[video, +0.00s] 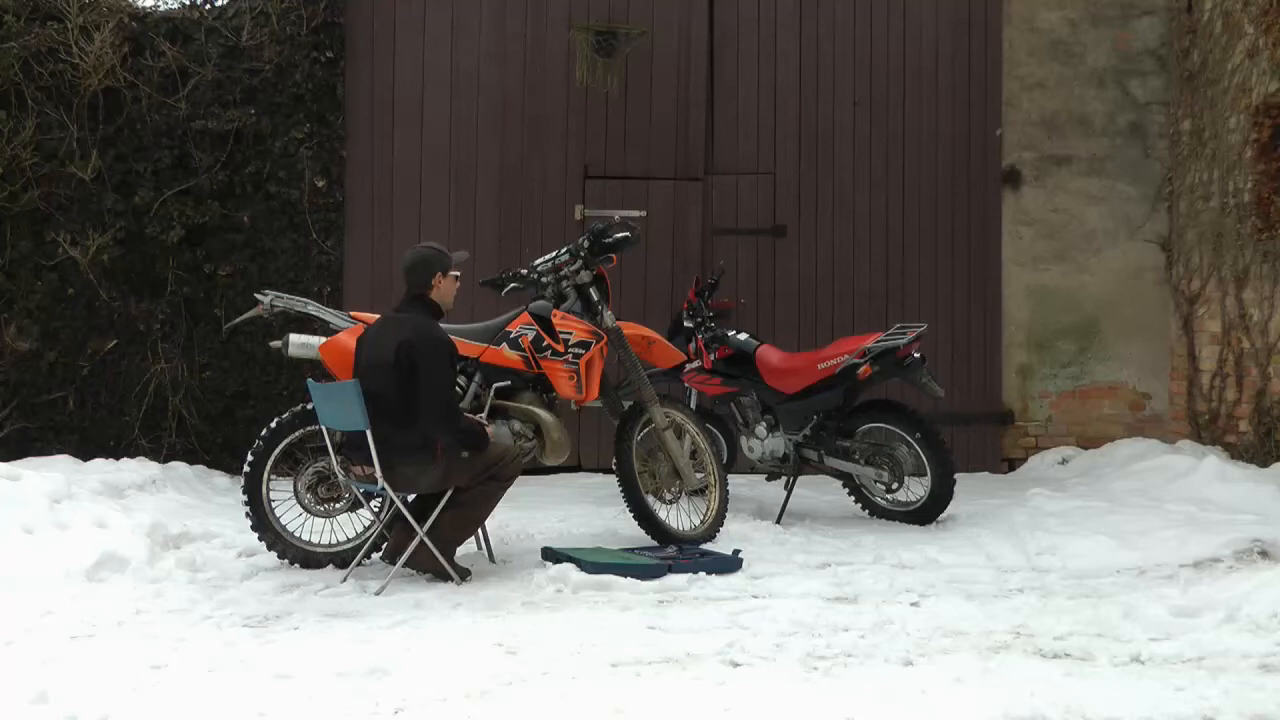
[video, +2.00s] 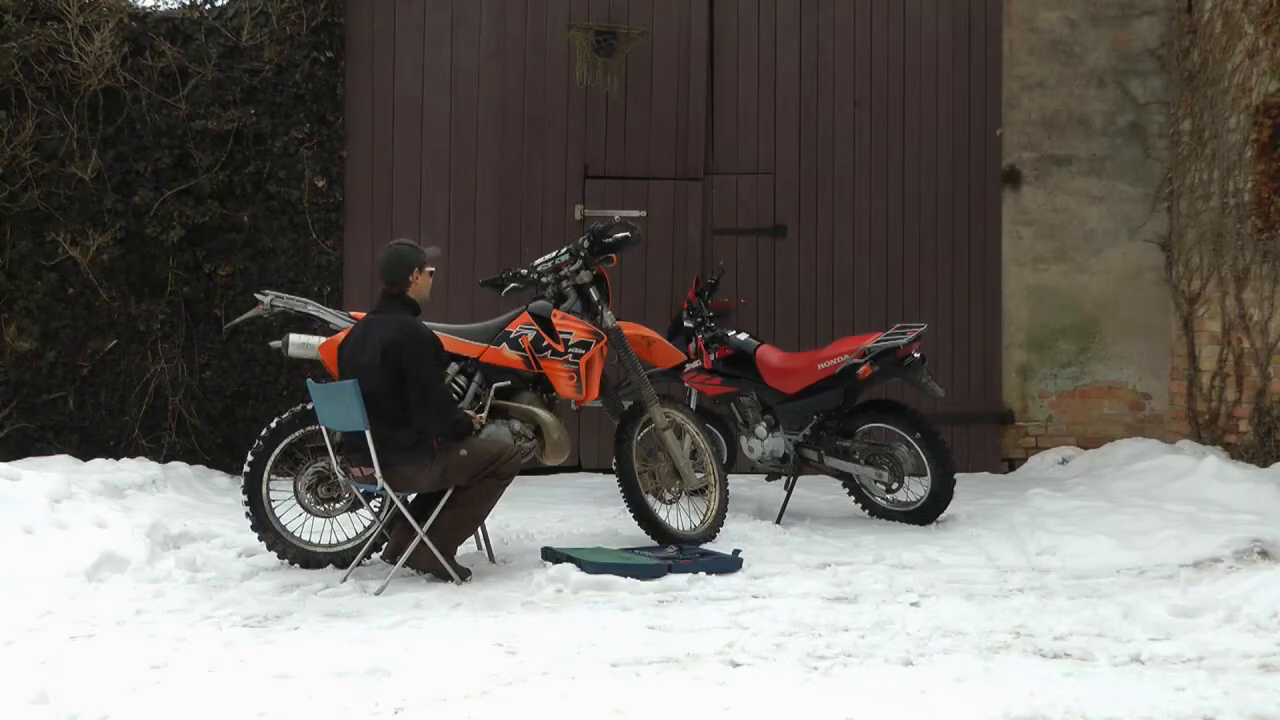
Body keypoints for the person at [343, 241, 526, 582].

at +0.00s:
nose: (457, 285)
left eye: (456, 278)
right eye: (453, 277)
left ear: (416, 282)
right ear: (436, 282)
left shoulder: (375, 331)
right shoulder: (433, 339)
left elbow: (384, 409)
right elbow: (442, 418)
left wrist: (459, 420)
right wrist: (480, 438)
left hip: (384, 463)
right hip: (417, 466)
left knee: (473, 454)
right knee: (506, 458)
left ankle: (403, 541)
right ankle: (436, 549)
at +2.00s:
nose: (431, 277)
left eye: (429, 271)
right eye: (428, 271)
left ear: (388, 279)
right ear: (414, 278)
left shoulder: (359, 332)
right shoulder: (416, 336)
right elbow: (437, 414)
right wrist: (467, 422)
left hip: (365, 461)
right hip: (403, 466)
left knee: (469, 448)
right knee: (505, 454)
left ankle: (404, 539)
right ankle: (435, 549)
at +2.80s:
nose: (456, 315)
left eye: (458, 308)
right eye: (456, 306)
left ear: (417, 297)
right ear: (445, 302)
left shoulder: (372, 333)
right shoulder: (432, 345)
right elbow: (460, 425)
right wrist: (490, 417)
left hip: (359, 457)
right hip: (401, 465)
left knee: (460, 455)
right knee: (507, 456)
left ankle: (403, 543)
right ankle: (434, 550)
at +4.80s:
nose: (478, 336)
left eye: (481, 329)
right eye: (479, 327)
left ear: (442, 314)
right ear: (469, 321)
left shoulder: (392, 337)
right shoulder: (454, 353)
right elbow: (480, 431)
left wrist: (434, 424)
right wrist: (497, 436)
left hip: (357, 456)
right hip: (401, 463)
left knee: (465, 454)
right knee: (507, 462)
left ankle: (403, 543)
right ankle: (435, 551)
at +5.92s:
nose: (492, 345)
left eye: (495, 339)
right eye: (494, 337)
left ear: (459, 317)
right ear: (484, 329)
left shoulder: (405, 337)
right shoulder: (461, 356)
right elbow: (494, 428)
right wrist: (514, 417)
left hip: (358, 454)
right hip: (401, 461)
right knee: (509, 463)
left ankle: (402, 543)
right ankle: (435, 551)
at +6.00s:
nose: (492, 345)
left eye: (495, 339)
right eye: (494, 337)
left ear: (459, 317)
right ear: (484, 329)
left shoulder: (406, 337)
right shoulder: (462, 357)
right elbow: (495, 431)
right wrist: (514, 420)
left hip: (358, 454)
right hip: (401, 461)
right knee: (508, 464)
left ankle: (402, 543)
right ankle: (435, 551)